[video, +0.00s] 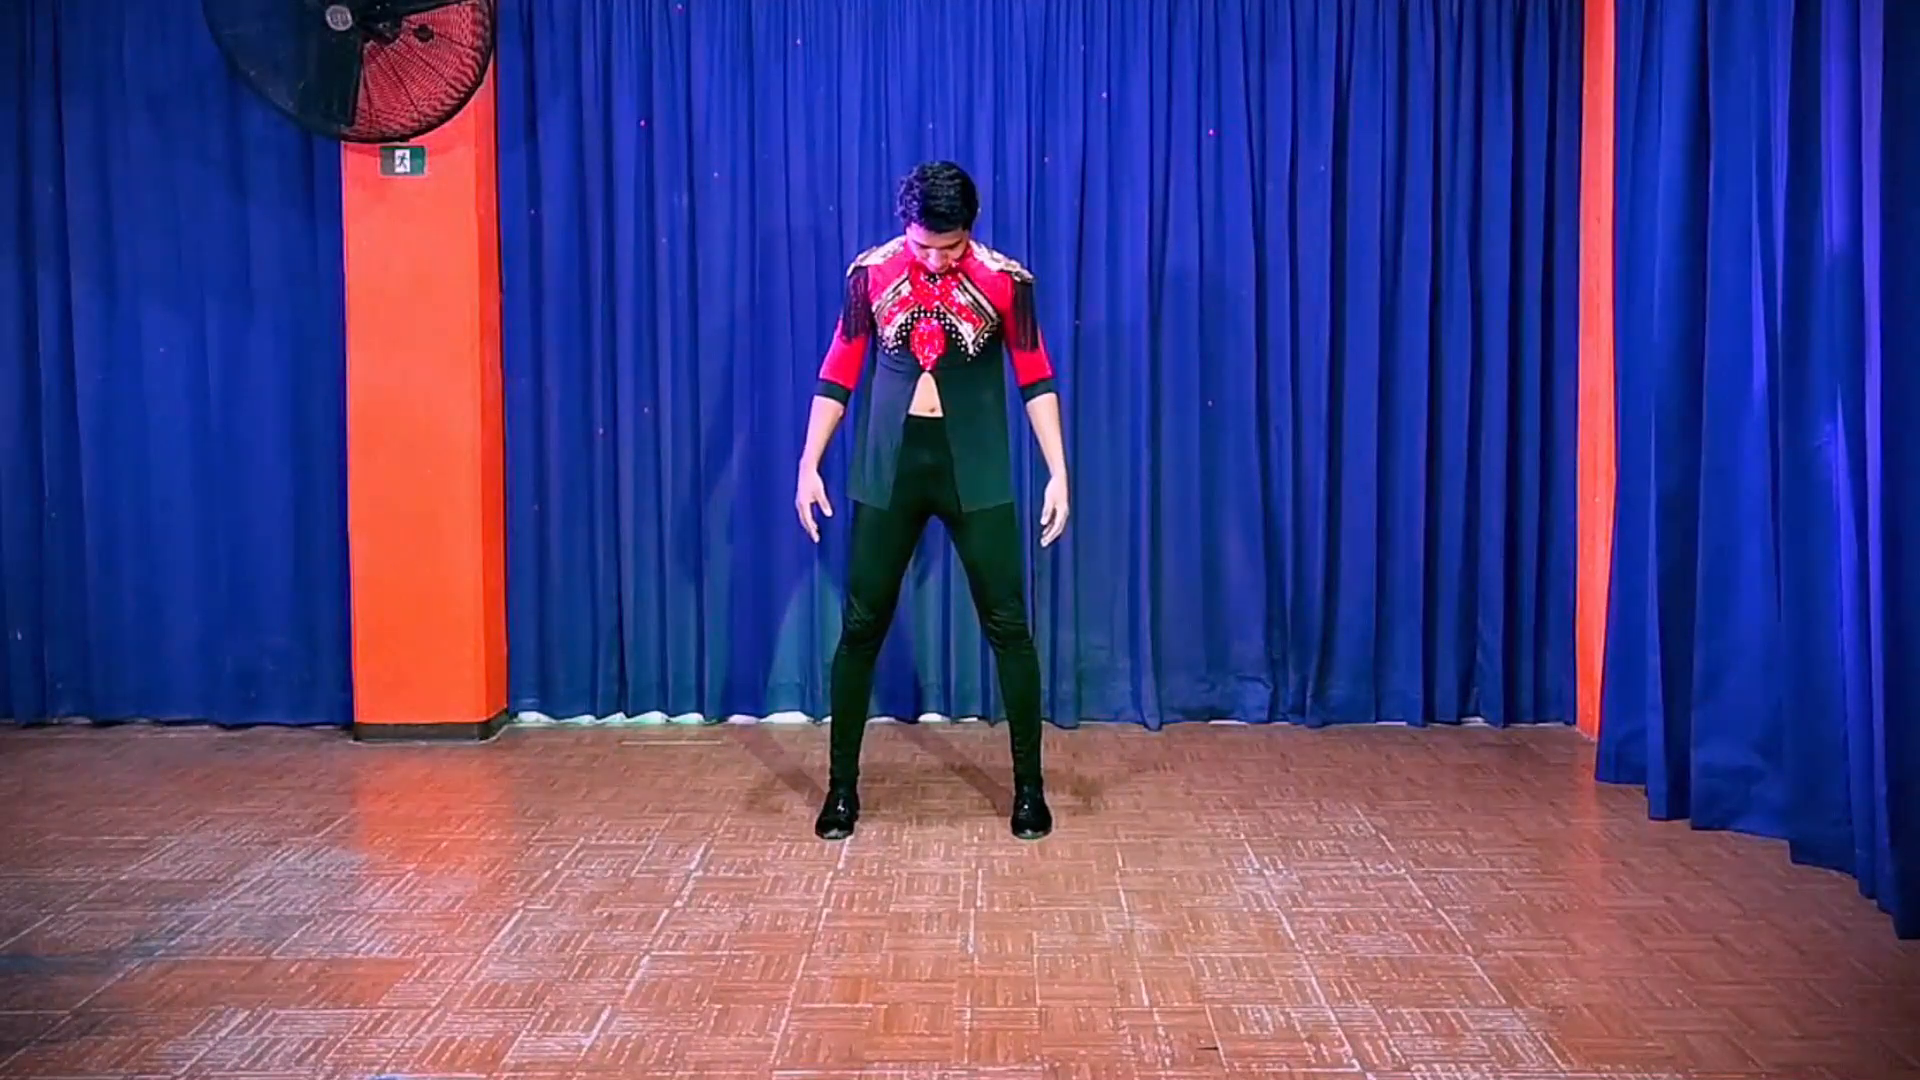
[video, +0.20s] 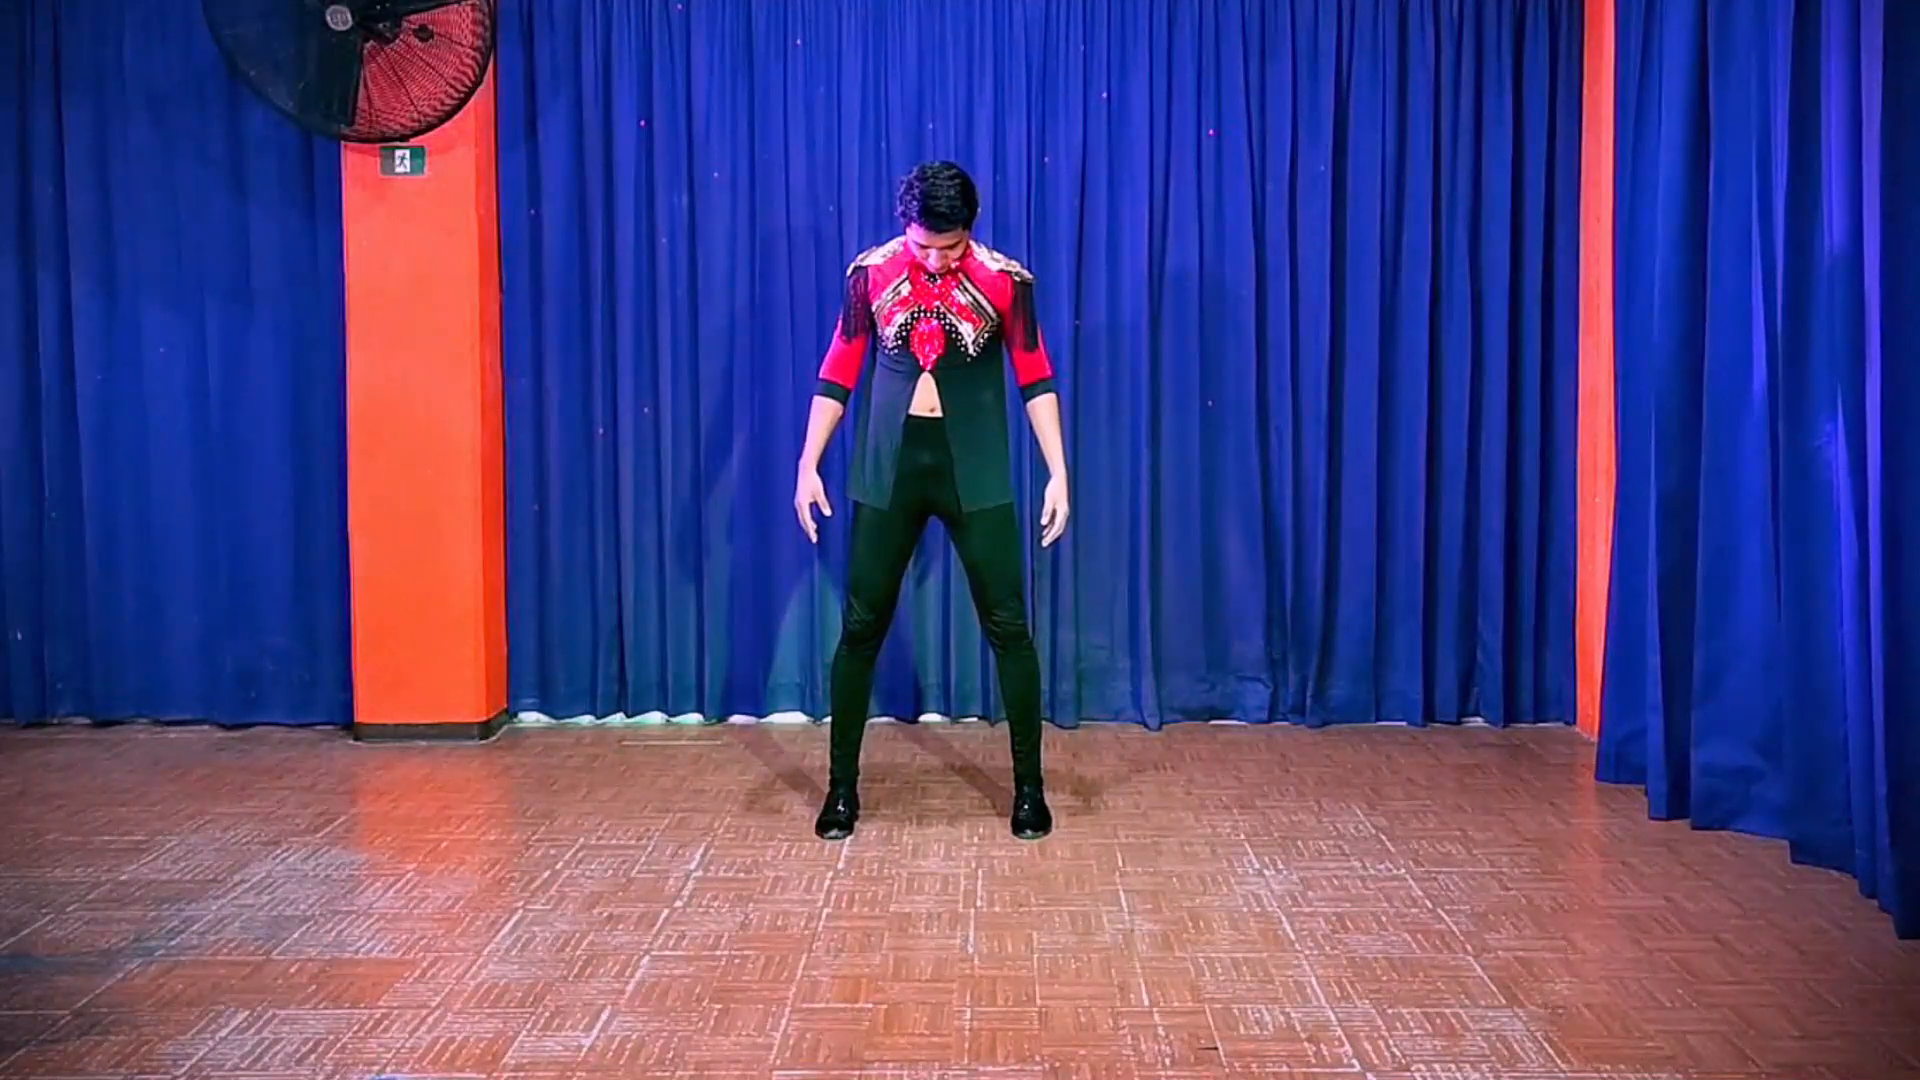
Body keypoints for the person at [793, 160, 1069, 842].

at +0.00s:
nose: (940, 257)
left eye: (953, 245)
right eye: (928, 244)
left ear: (972, 228)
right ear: (907, 226)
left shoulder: (1005, 281)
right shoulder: (872, 275)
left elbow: (1035, 378)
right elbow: (839, 372)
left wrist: (1058, 472)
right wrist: (809, 464)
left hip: (977, 467)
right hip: (890, 466)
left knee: (1007, 623)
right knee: (863, 625)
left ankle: (1028, 784)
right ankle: (842, 786)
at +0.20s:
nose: (941, 257)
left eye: (953, 245)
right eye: (928, 244)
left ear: (972, 227)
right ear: (908, 226)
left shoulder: (1005, 281)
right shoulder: (871, 275)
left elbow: (1035, 378)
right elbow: (839, 372)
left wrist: (1058, 472)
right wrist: (808, 463)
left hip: (977, 468)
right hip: (889, 467)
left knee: (1007, 625)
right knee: (862, 626)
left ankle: (1028, 784)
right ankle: (842, 786)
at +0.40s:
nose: (940, 257)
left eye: (953, 245)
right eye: (928, 245)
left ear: (972, 227)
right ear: (907, 226)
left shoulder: (1005, 281)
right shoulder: (871, 275)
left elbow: (1035, 379)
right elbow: (839, 373)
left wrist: (1058, 472)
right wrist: (808, 464)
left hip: (977, 468)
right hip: (889, 467)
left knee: (1007, 625)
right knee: (862, 626)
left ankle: (1028, 784)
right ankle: (842, 786)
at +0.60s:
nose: (940, 257)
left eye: (953, 245)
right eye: (927, 244)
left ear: (972, 227)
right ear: (907, 226)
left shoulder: (1005, 281)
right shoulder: (870, 275)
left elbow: (1035, 378)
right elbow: (838, 373)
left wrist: (1059, 472)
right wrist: (808, 464)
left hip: (977, 468)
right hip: (889, 467)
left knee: (1007, 625)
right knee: (862, 627)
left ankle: (1028, 784)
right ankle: (842, 786)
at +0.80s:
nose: (941, 256)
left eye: (953, 244)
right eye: (928, 243)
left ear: (973, 227)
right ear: (908, 225)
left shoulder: (1005, 281)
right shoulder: (871, 275)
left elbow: (1035, 378)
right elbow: (838, 372)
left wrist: (1060, 471)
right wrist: (807, 464)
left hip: (977, 468)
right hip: (889, 467)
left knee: (1007, 624)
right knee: (862, 627)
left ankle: (1028, 784)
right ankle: (842, 786)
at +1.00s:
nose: (942, 256)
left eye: (954, 244)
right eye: (929, 243)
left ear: (973, 227)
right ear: (908, 226)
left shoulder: (1005, 281)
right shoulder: (871, 275)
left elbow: (1035, 379)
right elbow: (839, 372)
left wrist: (1059, 472)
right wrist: (808, 463)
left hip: (977, 469)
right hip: (889, 468)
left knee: (1006, 623)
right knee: (862, 626)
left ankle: (1028, 784)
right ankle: (842, 786)